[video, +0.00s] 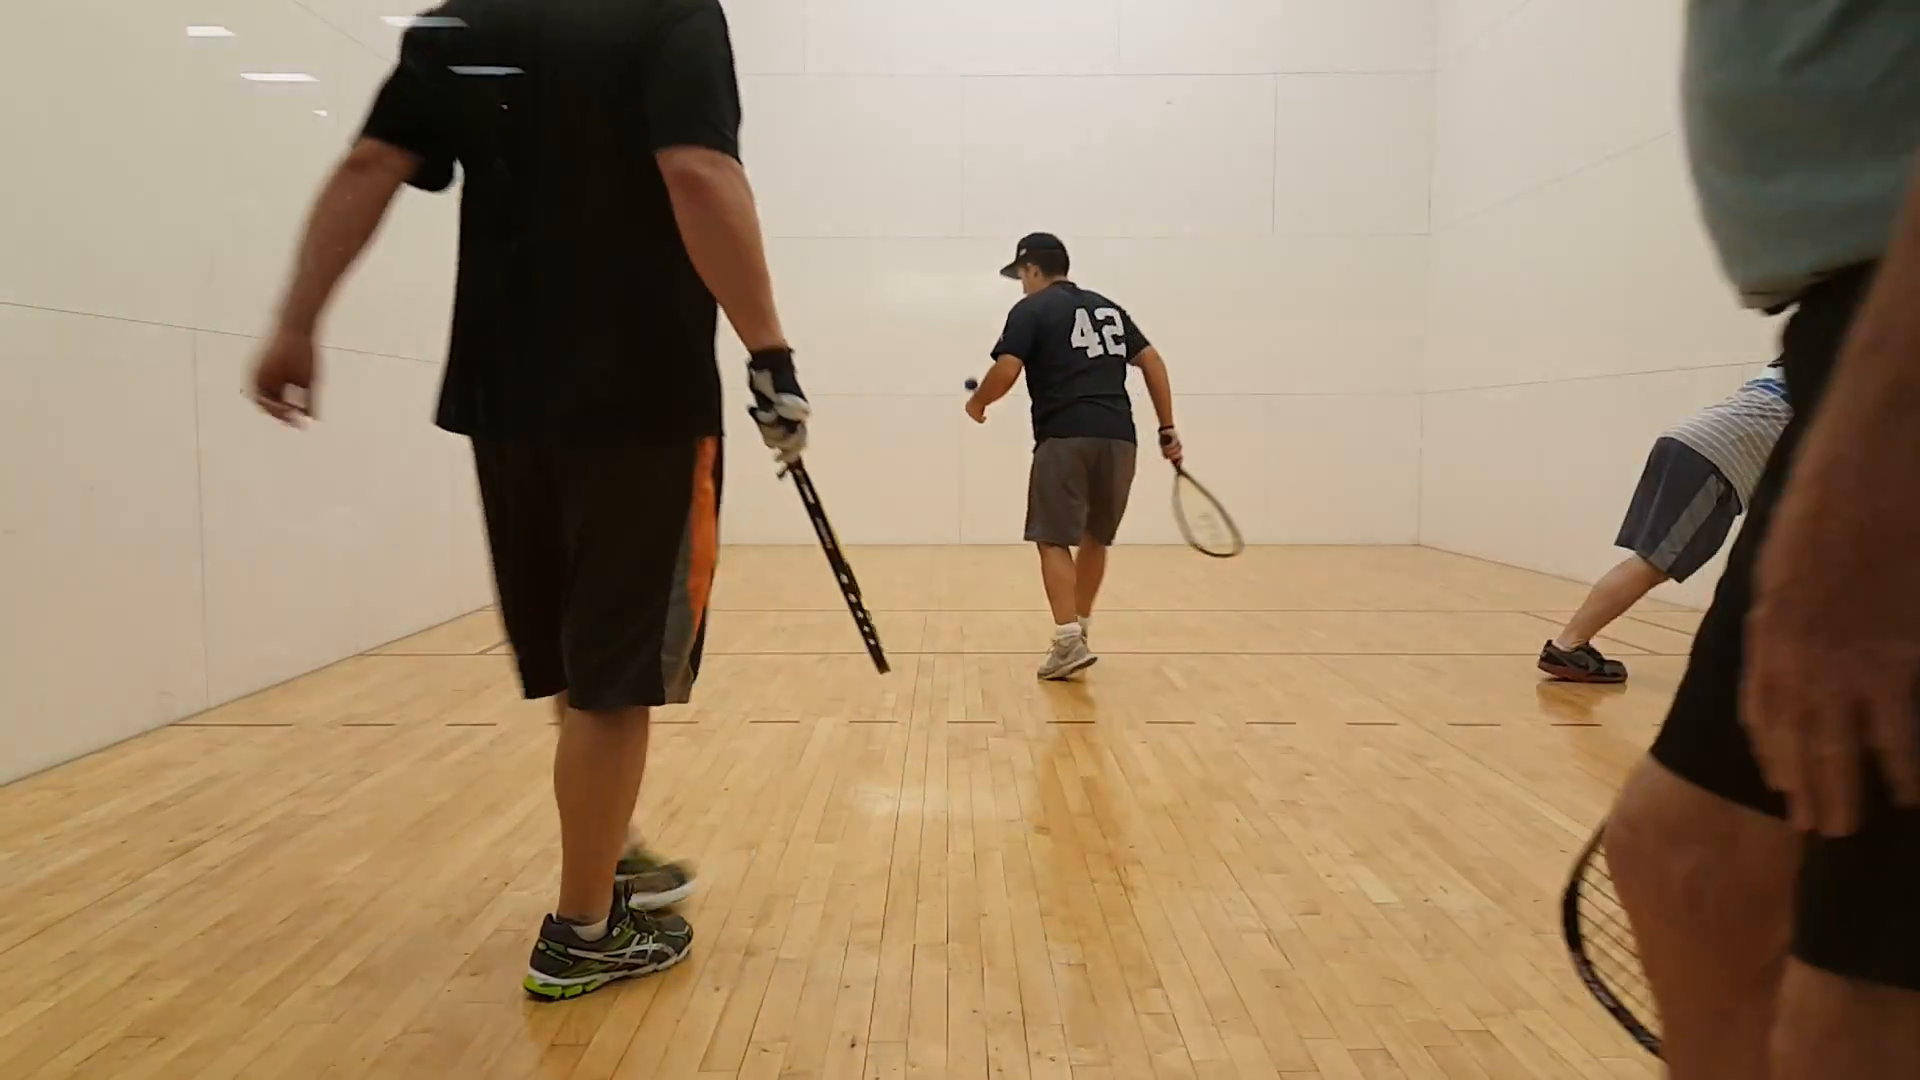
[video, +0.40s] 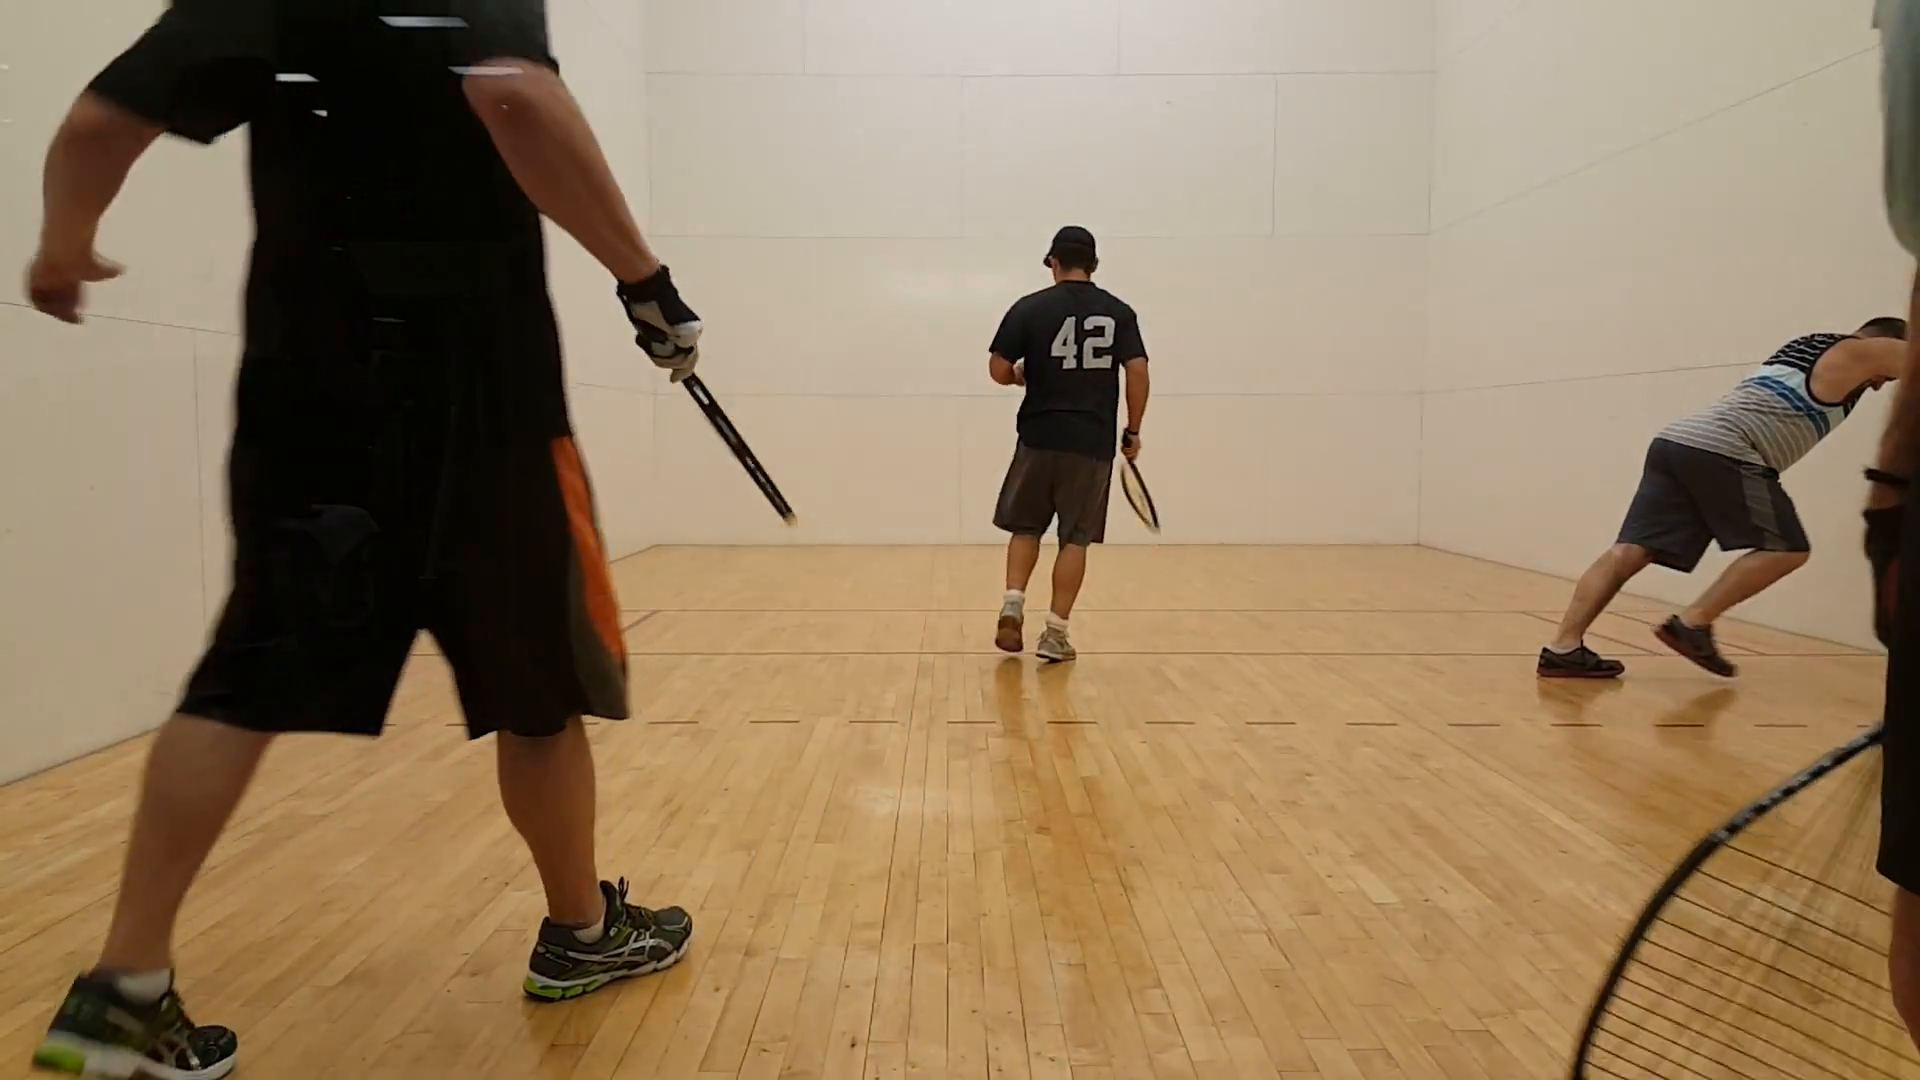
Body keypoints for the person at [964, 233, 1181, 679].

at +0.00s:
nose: (1020, 284)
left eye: (1020, 274)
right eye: (1018, 275)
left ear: (1033, 269)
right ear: (1063, 269)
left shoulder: (1031, 309)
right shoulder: (1105, 306)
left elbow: (1006, 370)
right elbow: (1151, 360)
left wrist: (979, 400)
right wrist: (1167, 426)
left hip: (1066, 438)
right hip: (1121, 440)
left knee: (1052, 539)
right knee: (1096, 538)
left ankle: (1068, 638)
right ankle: (1078, 631)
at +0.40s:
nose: (1051, 268)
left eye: (1050, 262)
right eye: (1058, 263)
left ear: (1053, 263)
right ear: (1093, 264)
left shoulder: (1030, 308)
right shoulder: (1119, 312)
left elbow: (999, 370)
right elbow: (1137, 372)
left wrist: (1021, 374)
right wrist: (1134, 429)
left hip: (1039, 443)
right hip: (1092, 447)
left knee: (1026, 526)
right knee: (1076, 538)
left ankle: (1012, 603)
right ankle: (1055, 632)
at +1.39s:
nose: (1161, 297)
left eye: (1163, 289)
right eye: (1158, 287)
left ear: (1132, 281)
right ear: (1137, 280)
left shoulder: (1098, 315)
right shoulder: (1120, 322)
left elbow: (1098, 378)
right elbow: (1108, 378)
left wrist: (1137, 408)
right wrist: (1145, 426)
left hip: (1085, 450)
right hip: (1116, 453)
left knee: (1073, 531)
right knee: (1137, 535)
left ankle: (1043, 613)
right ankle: (1153, 619)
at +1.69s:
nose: (1217, 296)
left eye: (1220, 288)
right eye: (1217, 286)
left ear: (1186, 276)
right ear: (1198, 277)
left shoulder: (1139, 309)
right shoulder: (1183, 324)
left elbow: (1109, 367)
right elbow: (1189, 388)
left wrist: (1102, 416)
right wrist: (1240, 420)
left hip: (1126, 440)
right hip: (1158, 449)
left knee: (1136, 522)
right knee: (1158, 534)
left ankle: (1092, 588)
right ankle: (1156, 622)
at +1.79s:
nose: (1228, 294)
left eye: (1231, 287)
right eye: (1228, 285)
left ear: (1197, 275)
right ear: (1210, 276)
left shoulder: (1149, 310)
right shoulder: (1200, 325)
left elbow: (1119, 365)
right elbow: (1228, 383)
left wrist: (1118, 417)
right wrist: (1284, 402)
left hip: (1139, 440)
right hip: (1170, 446)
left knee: (1157, 526)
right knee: (1165, 532)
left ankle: (1136, 599)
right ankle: (1156, 621)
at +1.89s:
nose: (1239, 293)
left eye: (1242, 285)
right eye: (1238, 283)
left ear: (1209, 277)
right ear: (1219, 277)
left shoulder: (1160, 312)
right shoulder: (1216, 324)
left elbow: (1130, 371)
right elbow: (1253, 378)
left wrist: (1139, 419)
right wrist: (1306, 398)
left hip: (1153, 441)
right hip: (1182, 446)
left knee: (1180, 529)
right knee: (1168, 534)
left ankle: (1188, 608)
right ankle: (1156, 622)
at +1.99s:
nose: (1248, 296)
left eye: (1250, 287)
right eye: (1246, 286)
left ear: (1216, 279)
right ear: (1226, 279)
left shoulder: (1170, 317)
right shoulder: (1227, 326)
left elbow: (1144, 378)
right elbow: (1260, 383)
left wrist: (1163, 421)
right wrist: (1305, 416)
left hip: (1170, 443)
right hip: (1199, 448)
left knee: (1201, 530)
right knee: (1180, 532)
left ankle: (1217, 611)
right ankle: (1157, 620)